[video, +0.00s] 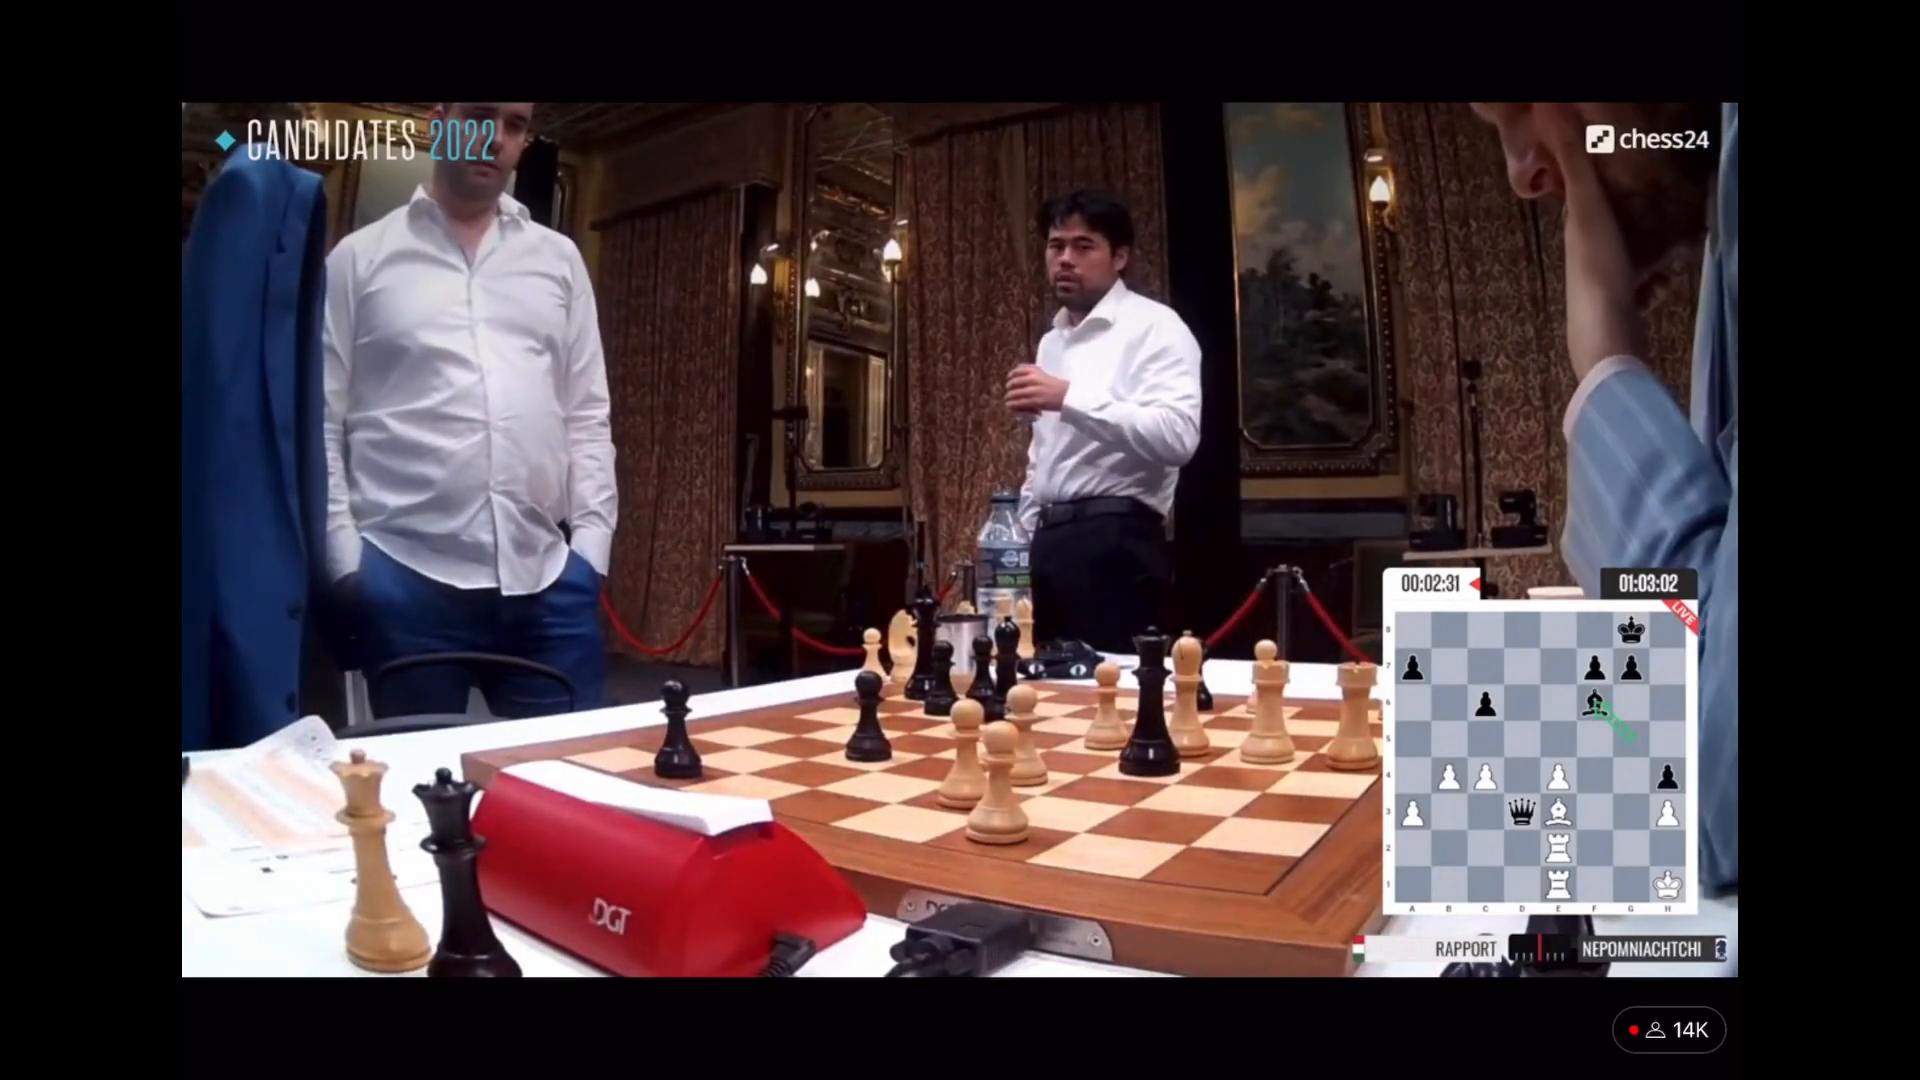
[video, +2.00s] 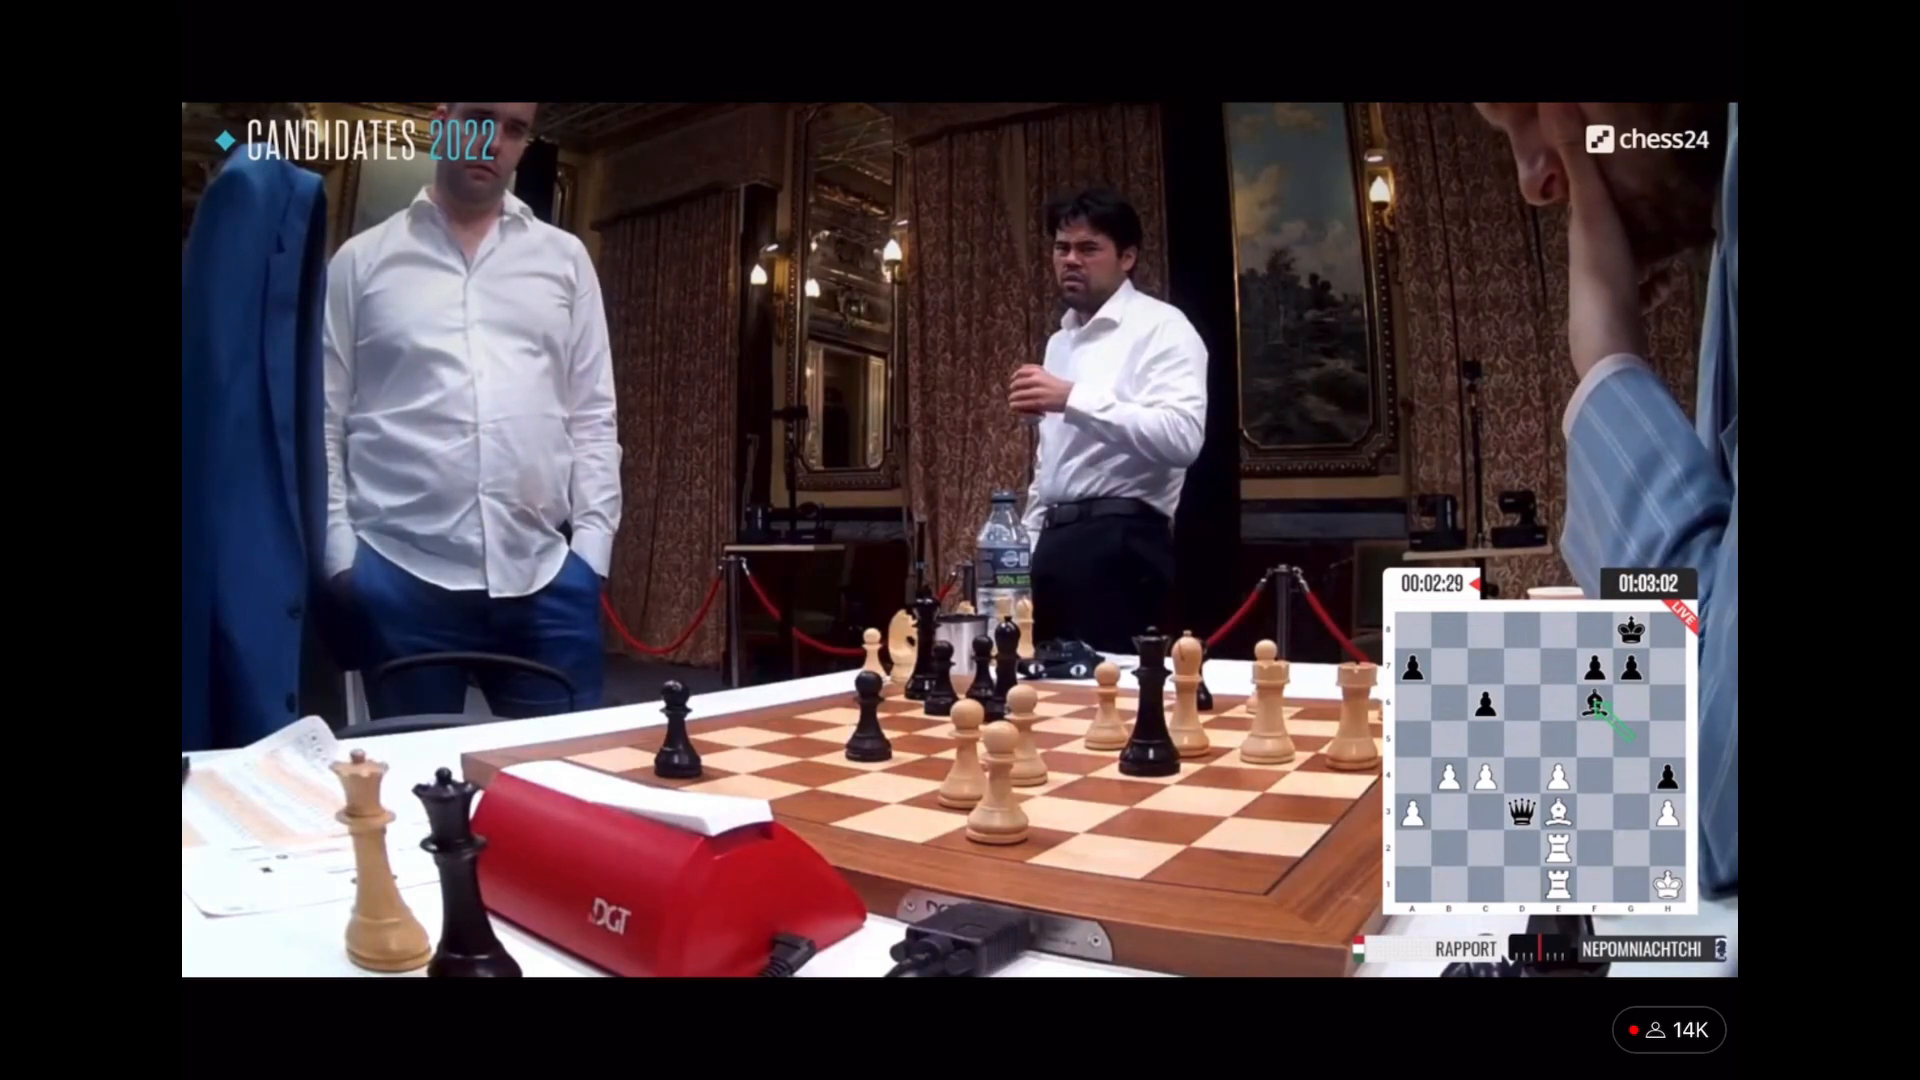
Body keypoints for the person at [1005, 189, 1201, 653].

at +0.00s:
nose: (1065, 260)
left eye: (1083, 247)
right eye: (1057, 246)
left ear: (1120, 258)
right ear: (1046, 254)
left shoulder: (1159, 328)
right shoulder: (1052, 343)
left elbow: (1177, 436)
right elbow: (1042, 454)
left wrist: (1068, 396)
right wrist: (1025, 530)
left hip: (1120, 534)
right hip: (1054, 534)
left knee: (1123, 694)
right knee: (1060, 695)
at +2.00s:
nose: (1071, 261)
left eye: (1088, 248)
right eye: (1063, 248)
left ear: (1126, 258)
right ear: (1052, 254)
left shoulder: (1166, 329)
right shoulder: (1060, 344)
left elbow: (1181, 437)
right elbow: (1050, 461)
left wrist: (1072, 397)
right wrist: (1029, 539)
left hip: (1125, 536)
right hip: (1058, 535)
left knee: (1122, 696)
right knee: (1059, 696)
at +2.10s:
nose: (1068, 261)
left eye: (1085, 249)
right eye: (1060, 248)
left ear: (1124, 259)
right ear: (1050, 254)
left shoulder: (1162, 329)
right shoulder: (1058, 343)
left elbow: (1176, 439)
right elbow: (1049, 463)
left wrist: (1068, 397)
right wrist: (1029, 537)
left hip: (1123, 536)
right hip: (1057, 535)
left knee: (1121, 696)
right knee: (1060, 696)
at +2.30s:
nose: (1039, 264)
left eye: (1056, 251)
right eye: (1035, 250)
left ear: (1100, 262)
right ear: (1028, 254)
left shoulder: (1138, 332)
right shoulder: (1046, 338)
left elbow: (1148, 443)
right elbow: (1056, 445)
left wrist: (1039, 403)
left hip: (1105, 535)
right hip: (1050, 531)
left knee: (1103, 695)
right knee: (1055, 692)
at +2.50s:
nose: (979, 275)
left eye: (993, 261)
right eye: (979, 264)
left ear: (1041, 266)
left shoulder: (1083, 336)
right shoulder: (1017, 345)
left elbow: (1082, 444)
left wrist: (981, 409)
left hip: (1069, 546)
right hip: (1022, 540)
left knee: (1085, 699)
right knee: (1030, 697)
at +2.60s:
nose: (953, 283)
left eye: (965, 269)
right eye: (954, 271)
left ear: (1011, 273)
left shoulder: (1055, 342)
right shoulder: (999, 349)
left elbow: (1044, 446)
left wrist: (951, 412)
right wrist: (948, 415)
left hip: (1045, 546)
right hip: (1002, 539)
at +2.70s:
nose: (926, 289)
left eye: (936, 275)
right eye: (926, 278)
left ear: (981, 276)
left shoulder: (1021, 344)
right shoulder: (976, 348)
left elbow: (1009, 449)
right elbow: (979, 447)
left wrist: (920, 414)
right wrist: (917, 418)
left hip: (1007, 544)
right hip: (972, 537)